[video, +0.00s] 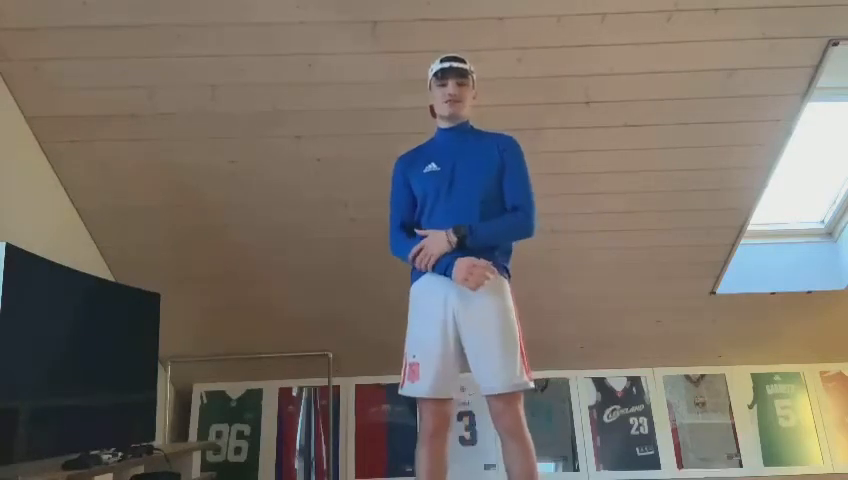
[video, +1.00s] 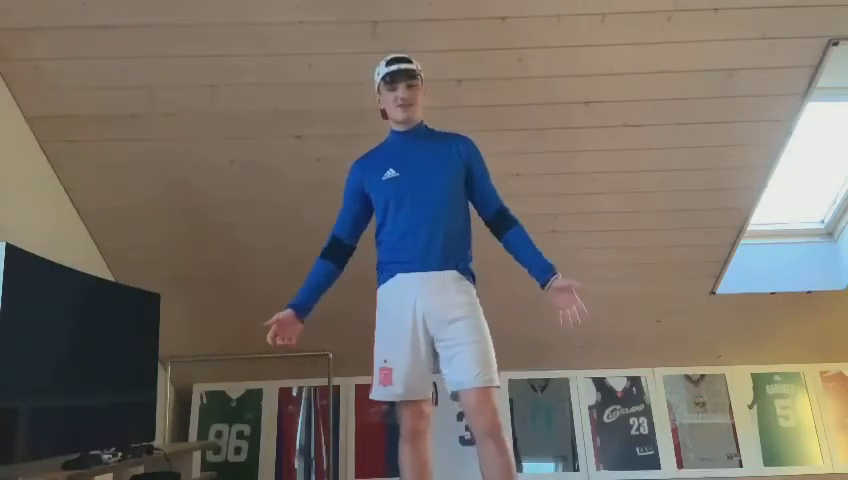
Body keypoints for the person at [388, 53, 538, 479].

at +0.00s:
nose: (452, 90)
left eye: (460, 83)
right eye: (442, 83)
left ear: (473, 93)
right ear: (430, 96)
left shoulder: (503, 147)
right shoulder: (410, 162)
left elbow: (523, 220)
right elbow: (400, 238)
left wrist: (456, 235)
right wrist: (450, 264)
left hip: (487, 287)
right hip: (429, 293)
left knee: (508, 414)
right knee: (432, 420)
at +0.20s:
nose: (434, 93)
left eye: (443, 86)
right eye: (424, 87)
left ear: (455, 96)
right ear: (411, 100)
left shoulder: (485, 151)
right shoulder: (391, 165)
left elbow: (510, 225)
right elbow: (377, 244)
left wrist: (453, 238)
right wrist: (419, 268)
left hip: (471, 289)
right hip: (413, 295)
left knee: (504, 415)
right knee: (422, 418)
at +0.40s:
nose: (421, 95)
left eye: (428, 87)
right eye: (410, 89)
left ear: (440, 96)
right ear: (397, 103)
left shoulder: (471, 151)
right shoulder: (378, 166)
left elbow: (497, 223)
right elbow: (363, 242)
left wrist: (478, 249)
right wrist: (373, 290)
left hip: (463, 292)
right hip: (405, 296)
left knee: (504, 408)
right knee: (417, 419)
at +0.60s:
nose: (411, 95)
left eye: (419, 87)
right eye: (400, 89)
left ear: (430, 96)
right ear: (387, 104)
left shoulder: (464, 151)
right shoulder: (373, 167)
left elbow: (500, 218)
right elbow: (347, 247)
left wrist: (540, 275)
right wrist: (315, 311)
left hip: (458, 293)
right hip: (402, 297)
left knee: (486, 418)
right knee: (415, 419)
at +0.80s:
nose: (405, 93)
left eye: (412, 85)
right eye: (395, 87)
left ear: (425, 93)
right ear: (383, 101)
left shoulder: (461, 149)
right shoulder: (368, 167)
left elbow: (505, 218)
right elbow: (336, 246)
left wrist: (557, 275)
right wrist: (296, 311)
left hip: (456, 294)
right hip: (399, 299)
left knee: (485, 417)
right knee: (415, 420)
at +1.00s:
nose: (403, 94)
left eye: (411, 85)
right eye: (393, 88)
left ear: (424, 93)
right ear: (381, 102)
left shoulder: (459, 148)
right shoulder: (368, 165)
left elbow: (500, 220)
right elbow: (338, 246)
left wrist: (548, 278)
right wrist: (298, 310)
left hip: (455, 292)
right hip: (398, 298)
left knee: (485, 414)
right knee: (414, 418)